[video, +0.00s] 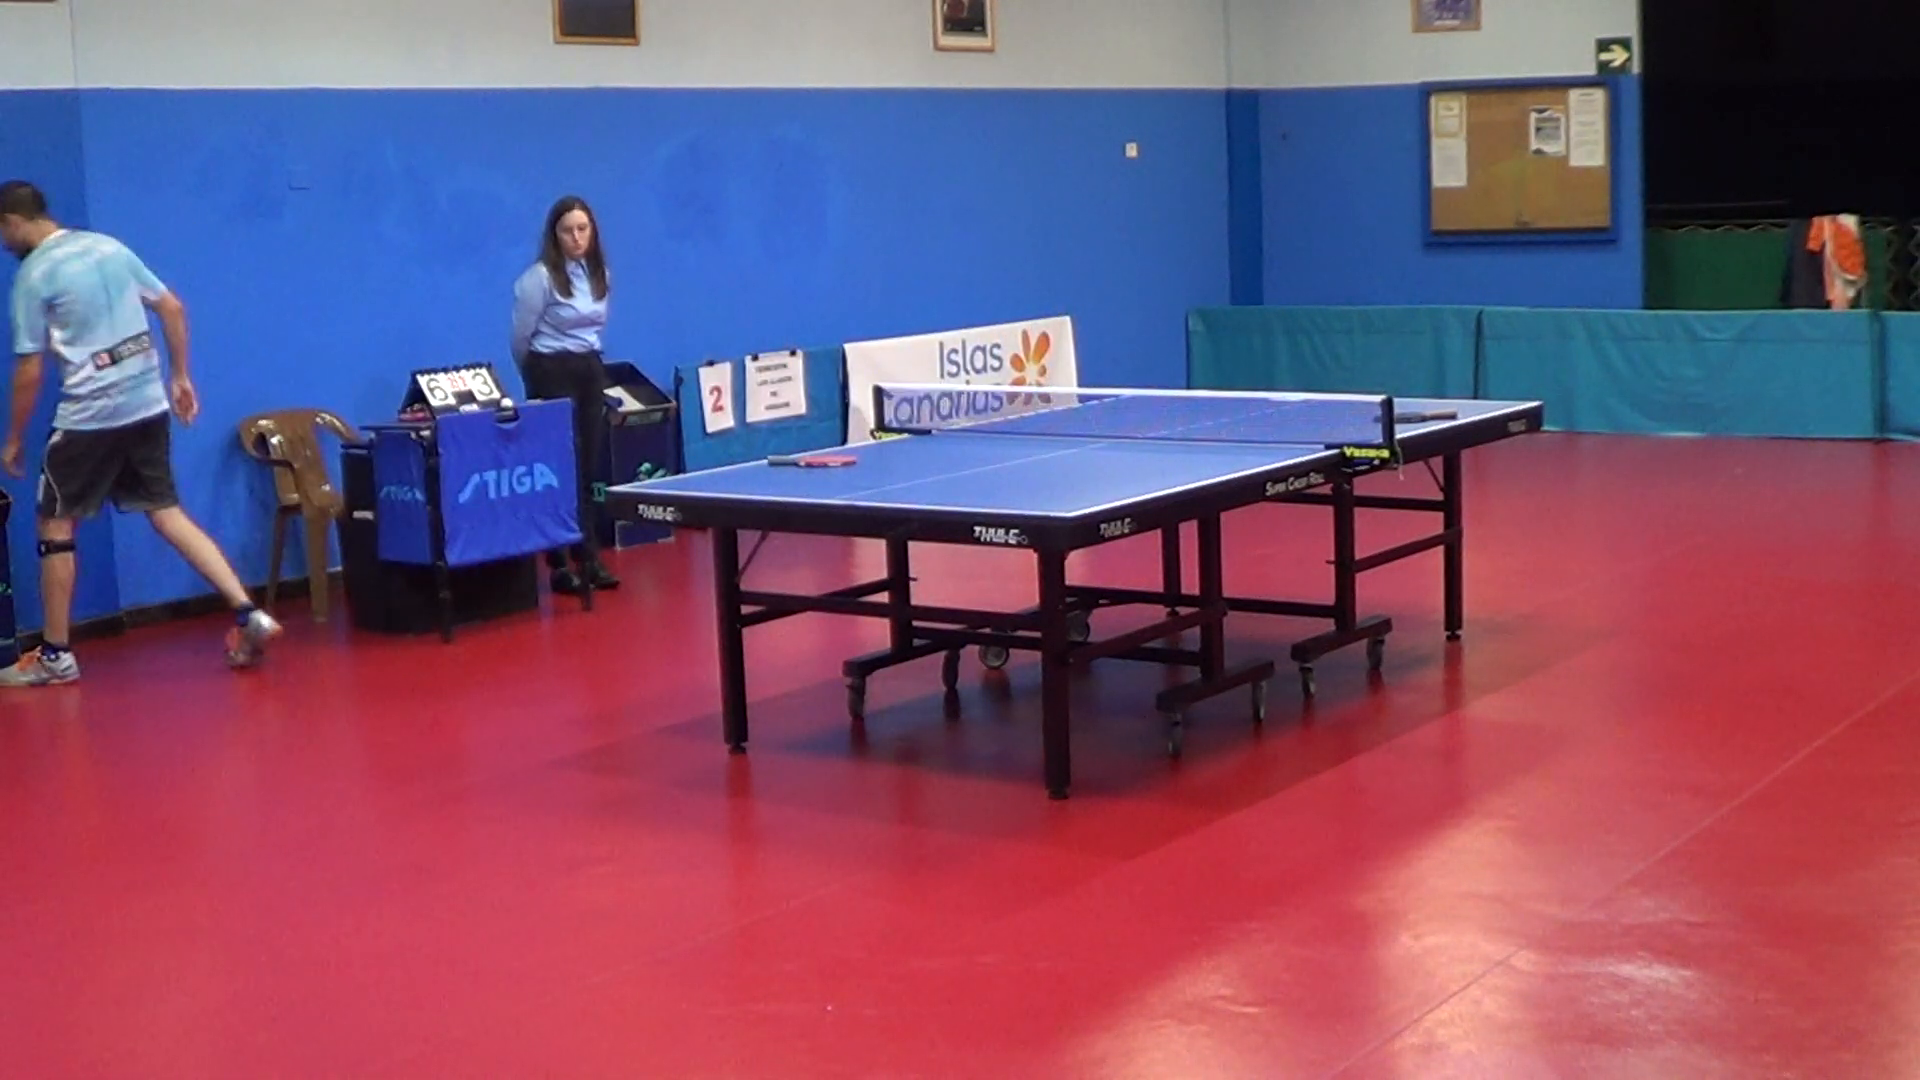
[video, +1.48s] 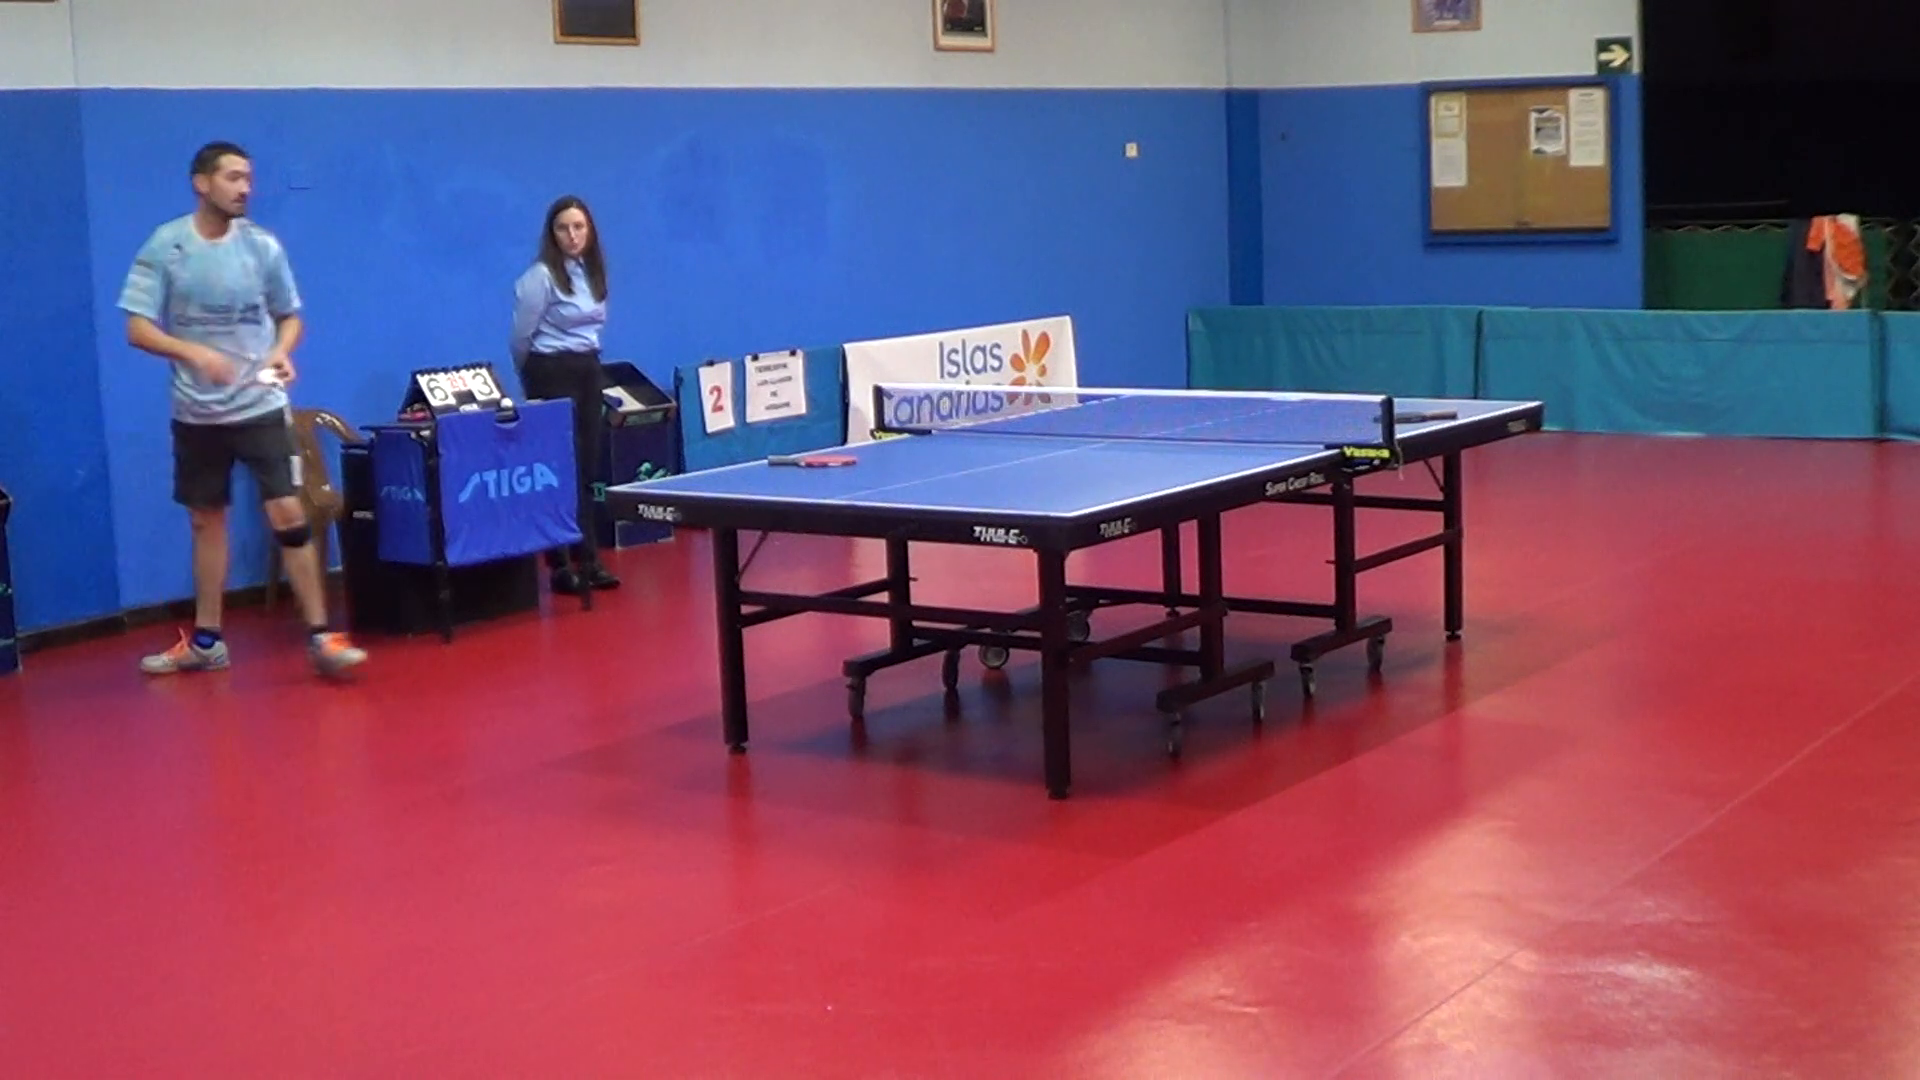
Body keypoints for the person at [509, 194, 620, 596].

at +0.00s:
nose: (577, 236)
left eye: (583, 228)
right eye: (569, 230)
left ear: (593, 232)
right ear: (555, 235)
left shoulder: (599, 273)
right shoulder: (538, 278)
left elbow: (598, 324)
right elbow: (520, 333)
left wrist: (580, 354)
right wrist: (528, 366)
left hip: (590, 367)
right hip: (550, 369)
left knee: (589, 462)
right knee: (558, 464)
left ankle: (590, 556)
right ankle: (560, 564)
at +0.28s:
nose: (572, 241)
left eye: (579, 234)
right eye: (565, 234)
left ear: (591, 237)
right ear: (553, 236)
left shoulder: (596, 274)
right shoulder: (535, 278)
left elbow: (596, 324)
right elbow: (518, 334)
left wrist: (577, 354)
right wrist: (530, 368)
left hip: (590, 366)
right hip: (549, 369)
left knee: (589, 462)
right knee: (557, 464)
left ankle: (591, 556)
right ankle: (560, 564)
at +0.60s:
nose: (569, 243)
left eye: (576, 235)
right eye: (561, 235)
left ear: (587, 236)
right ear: (549, 237)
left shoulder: (595, 272)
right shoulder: (532, 279)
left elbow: (595, 322)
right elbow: (516, 335)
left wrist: (576, 354)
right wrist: (529, 368)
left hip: (589, 366)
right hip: (549, 369)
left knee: (587, 463)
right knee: (556, 464)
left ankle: (589, 557)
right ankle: (561, 564)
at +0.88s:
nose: (568, 241)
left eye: (574, 233)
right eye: (560, 234)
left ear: (586, 235)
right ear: (548, 237)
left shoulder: (594, 272)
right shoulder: (531, 279)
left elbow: (594, 322)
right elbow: (515, 335)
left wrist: (576, 353)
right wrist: (530, 369)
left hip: (589, 366)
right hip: (549, 368)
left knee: (587, 463)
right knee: (557, 464)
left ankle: (590, 558)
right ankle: (560, 564)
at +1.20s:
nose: (569, 236)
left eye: (576, 229)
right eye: (561, 229)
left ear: (587, 233)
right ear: (550, 234)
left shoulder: (593, 271)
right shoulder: (535, 277)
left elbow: (594, 321)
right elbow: (517, 334)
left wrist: (575, 354)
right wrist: (529, 370)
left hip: (588, 366)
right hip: (549, 369)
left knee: (587, 463)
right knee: (556, 465)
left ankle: (590, 559)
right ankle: (560, 565)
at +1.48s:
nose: (573, 234)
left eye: (579, 226)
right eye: (564, 228)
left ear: (590, 231)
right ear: (553, 234)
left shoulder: (592, 271)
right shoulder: (540, 277)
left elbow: (595, 322)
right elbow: (520, 333)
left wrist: (575, 353)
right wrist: (527, 366)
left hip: (588, 366)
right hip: (550, 368)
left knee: (587, 462)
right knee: (558, 464)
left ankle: (589, 558)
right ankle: (561, 564)